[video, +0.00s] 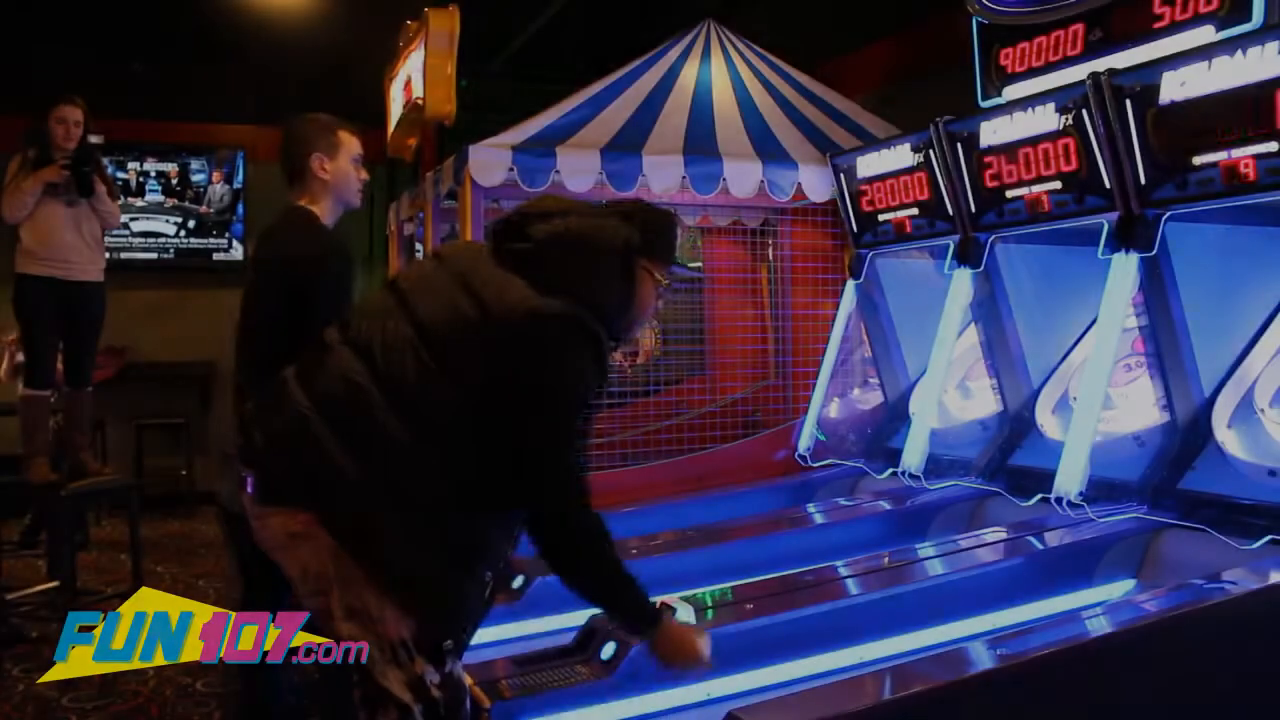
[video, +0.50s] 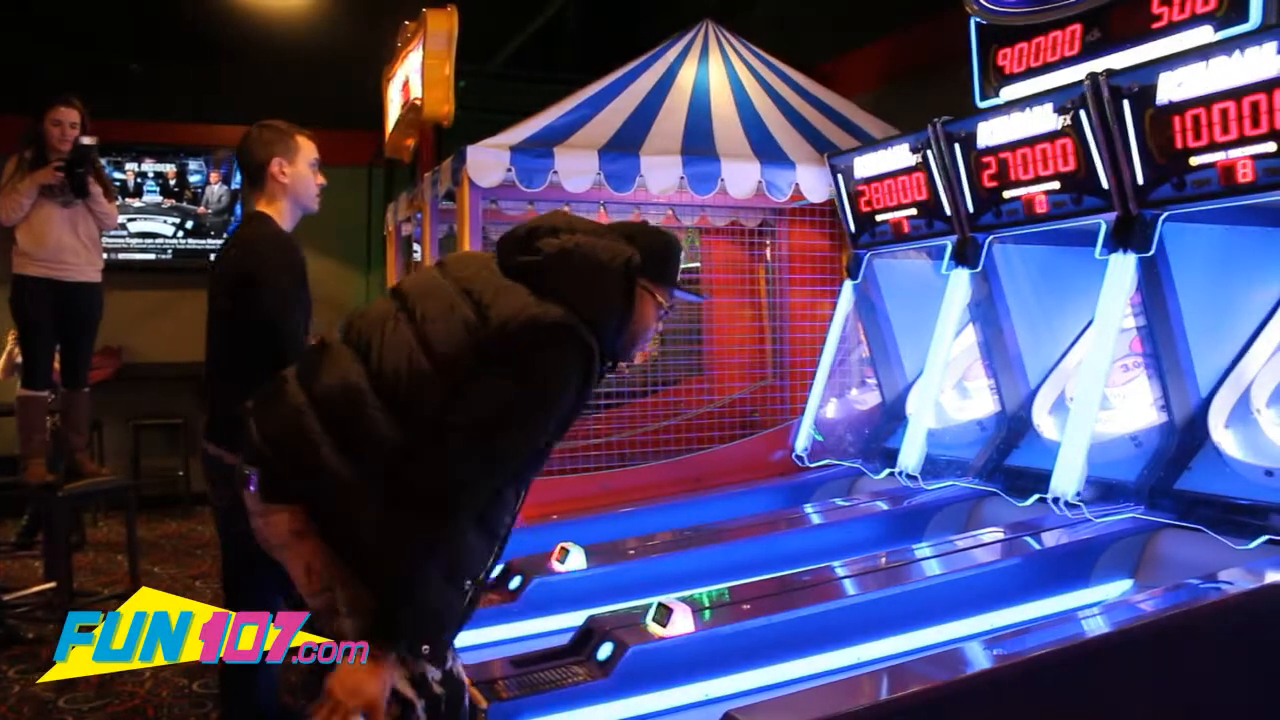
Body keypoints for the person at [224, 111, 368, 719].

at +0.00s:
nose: (364, 175)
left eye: (362, 162)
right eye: (355, 162)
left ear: (316, 168)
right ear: (320, 166)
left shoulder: (282, 236)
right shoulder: (315, 246)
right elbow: (313, 362)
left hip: (264, 458)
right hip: (290, 466)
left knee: (271, 606)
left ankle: (261, 703)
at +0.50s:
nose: (322, 179)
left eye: (320, 166)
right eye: (314, 166)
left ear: (274, 174)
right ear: (279, 172)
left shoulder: (244, 243)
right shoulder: (272, 249)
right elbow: (284, 361)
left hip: (231, 446)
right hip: (254, 455)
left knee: (251, 587)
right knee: (265, 593)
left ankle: (248, 704)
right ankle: (256, 706)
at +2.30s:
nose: (229, 200)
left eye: (231, 188)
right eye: (229, 186)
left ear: (180, 172)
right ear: (206, 174)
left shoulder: (142, 234)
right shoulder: (180, 240)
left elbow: (98, 350)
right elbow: (165, 349)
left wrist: (217, 324)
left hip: (143, 453)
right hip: (175, 459)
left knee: (165, 593)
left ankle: (157, 702)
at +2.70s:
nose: (235, 192)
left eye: (235, 177)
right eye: (232, 176)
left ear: (186, 173)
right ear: (203, 172)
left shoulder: (149, 235)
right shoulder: (183, 240)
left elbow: (86, 345)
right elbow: (145, 343)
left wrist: (121, 433)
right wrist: (160, 444)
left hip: (156, 456)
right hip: (186, 457)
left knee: (171, 604)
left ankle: (167, 705)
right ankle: (254, 708)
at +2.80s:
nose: (237, 188)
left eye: (236, 175)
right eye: (232, 174)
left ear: (187, 174)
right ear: (202, 173)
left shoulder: (150, 235)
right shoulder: (181, 241)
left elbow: (85, 337)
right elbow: (130, 337)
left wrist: (101, 436)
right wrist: (147, 442)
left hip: (159, 453)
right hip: (183, 452)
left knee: (171, 589)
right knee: (200, 596)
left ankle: (157, 692)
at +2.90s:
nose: (236, 188)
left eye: (235, 175)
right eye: (231, 174)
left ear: (187, 174)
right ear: (201, 173)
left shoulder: (148, 238)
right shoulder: (180, 242)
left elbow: (89, 352)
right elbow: (129, 346)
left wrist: (108, 451)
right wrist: (143, 452)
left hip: (160, 458)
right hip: (180, 458)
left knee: (171, 609)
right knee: (193, 611)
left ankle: (166, 706)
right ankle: (178, 706)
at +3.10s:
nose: (230, 188)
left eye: (229, 173)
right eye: (225, 173)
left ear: (180, 173)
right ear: (193, 172)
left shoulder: (146, 239)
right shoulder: (173, 241)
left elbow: (96, 357)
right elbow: (141, 355)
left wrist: (143, 450)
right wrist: (174, 454)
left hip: (156, 459)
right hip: (179, 462)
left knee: (171, 609)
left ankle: (165, 706)